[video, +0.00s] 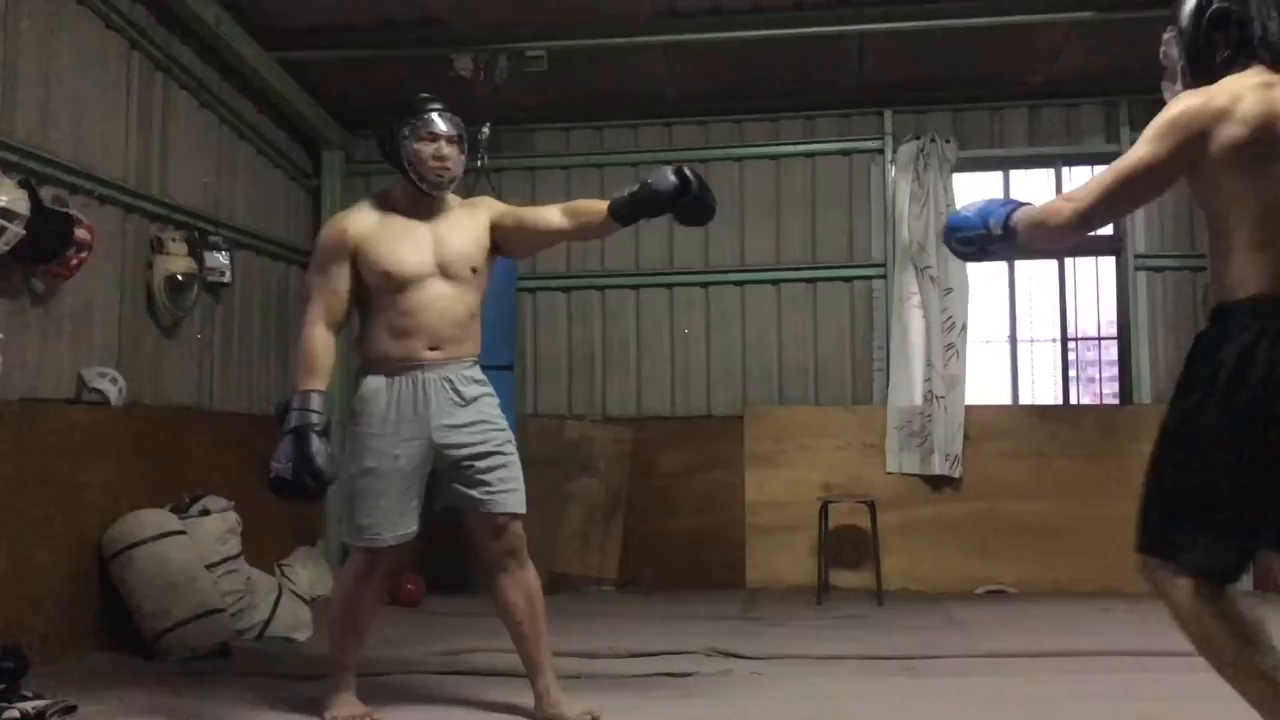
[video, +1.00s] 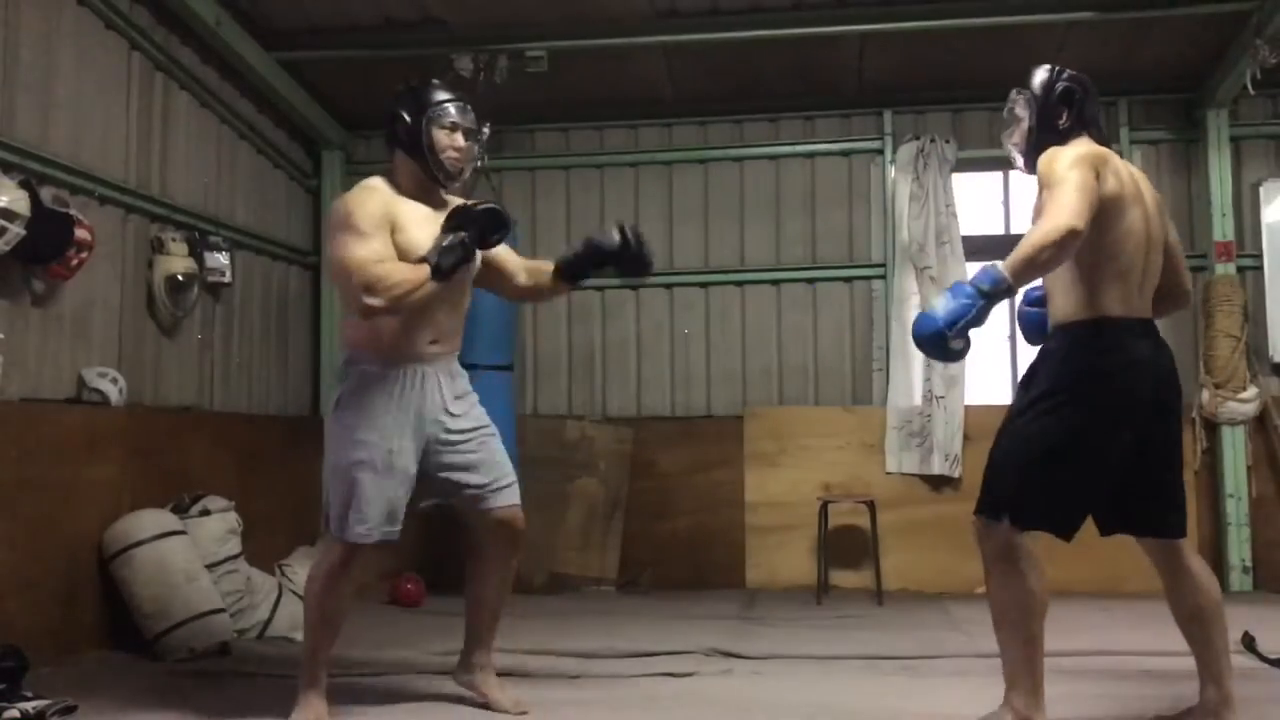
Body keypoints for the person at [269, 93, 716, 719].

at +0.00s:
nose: (440, 151)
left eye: (450, 140)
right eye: (425, 139)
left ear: (464, 153)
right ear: (399, 149)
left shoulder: (483, 217)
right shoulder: (353, 228)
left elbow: (568, 219)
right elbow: (321, 322)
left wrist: (643, 201)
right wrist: (306, 417)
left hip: (468, 390)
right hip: (387, 397)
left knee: (508, 538)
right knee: (374, 550)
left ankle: (548, 694)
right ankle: (341, 690)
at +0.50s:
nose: (534, 140)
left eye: (543, 128)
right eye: (519, 126)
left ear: (551, 135)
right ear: (484, 129)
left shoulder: (562, 205)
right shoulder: (422, 203)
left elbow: (656, 222)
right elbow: (375, 287)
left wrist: (743, 227)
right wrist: (349, 385)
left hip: (514, 387)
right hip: (427, 383)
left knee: (540, 536)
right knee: (385, 529)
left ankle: (554, 691)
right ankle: (326, 672)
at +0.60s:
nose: (516, 149)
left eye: (525, 137)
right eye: (501, 134)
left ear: (533, 146)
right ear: (468, 138)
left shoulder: (543, 220)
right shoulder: (408, 215)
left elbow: (626, 267)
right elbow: (362, 302)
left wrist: (708, 299)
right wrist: (350, 398)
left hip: (507, 393)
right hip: (421, 392)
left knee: (544, 536)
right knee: (379, 546)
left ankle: (555, 693)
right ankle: (319, 689)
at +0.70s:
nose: (497, 143)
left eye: (505, 132)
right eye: (482, 129)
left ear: (514, 143)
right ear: (447, 134)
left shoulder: (518, 223)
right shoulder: (392, 209)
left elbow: (566, 298)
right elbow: (354, 302)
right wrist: (394, 381)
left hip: (490, 389)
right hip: (408, 390)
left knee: (529, 534)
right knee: (374, 544)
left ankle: (555, 689)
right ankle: (316, 683)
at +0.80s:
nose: (482, 131)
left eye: (490, 119)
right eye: (467, 116)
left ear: (496, 129)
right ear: (430, 119)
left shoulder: (496, 207)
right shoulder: (378, 191)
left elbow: (517, 298)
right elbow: (349, 286)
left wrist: (541, 378)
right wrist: (430, 308)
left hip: (477, 379)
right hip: (394, 382)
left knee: (509, 520)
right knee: (360, 529)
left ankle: (520, 676)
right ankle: (310, 677)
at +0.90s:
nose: (469, 139)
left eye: (477, 128)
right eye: (455, 124)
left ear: (483, 138)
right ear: (416, 129)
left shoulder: (473, 213)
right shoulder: (367, 197)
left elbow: (507, 296)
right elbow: (356, 287)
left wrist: (557, 354)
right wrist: (444, 269)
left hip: (460, 382)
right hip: (385, 384)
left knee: (491, 531)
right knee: (358, 538)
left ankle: (470, 676)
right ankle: (314, 687)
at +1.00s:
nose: (464, 145)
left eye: (468, 133)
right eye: (449, 130)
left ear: (471, 142)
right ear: (409, 134)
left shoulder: (460, 216)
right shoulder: (364, 203)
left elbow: (520, 278)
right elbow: (369, 288)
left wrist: (580, 266)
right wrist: (440, 266)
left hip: (447, 384)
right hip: (378, 387)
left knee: (503, 519)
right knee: (353, 542)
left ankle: (478, 668)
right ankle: (312, 689)